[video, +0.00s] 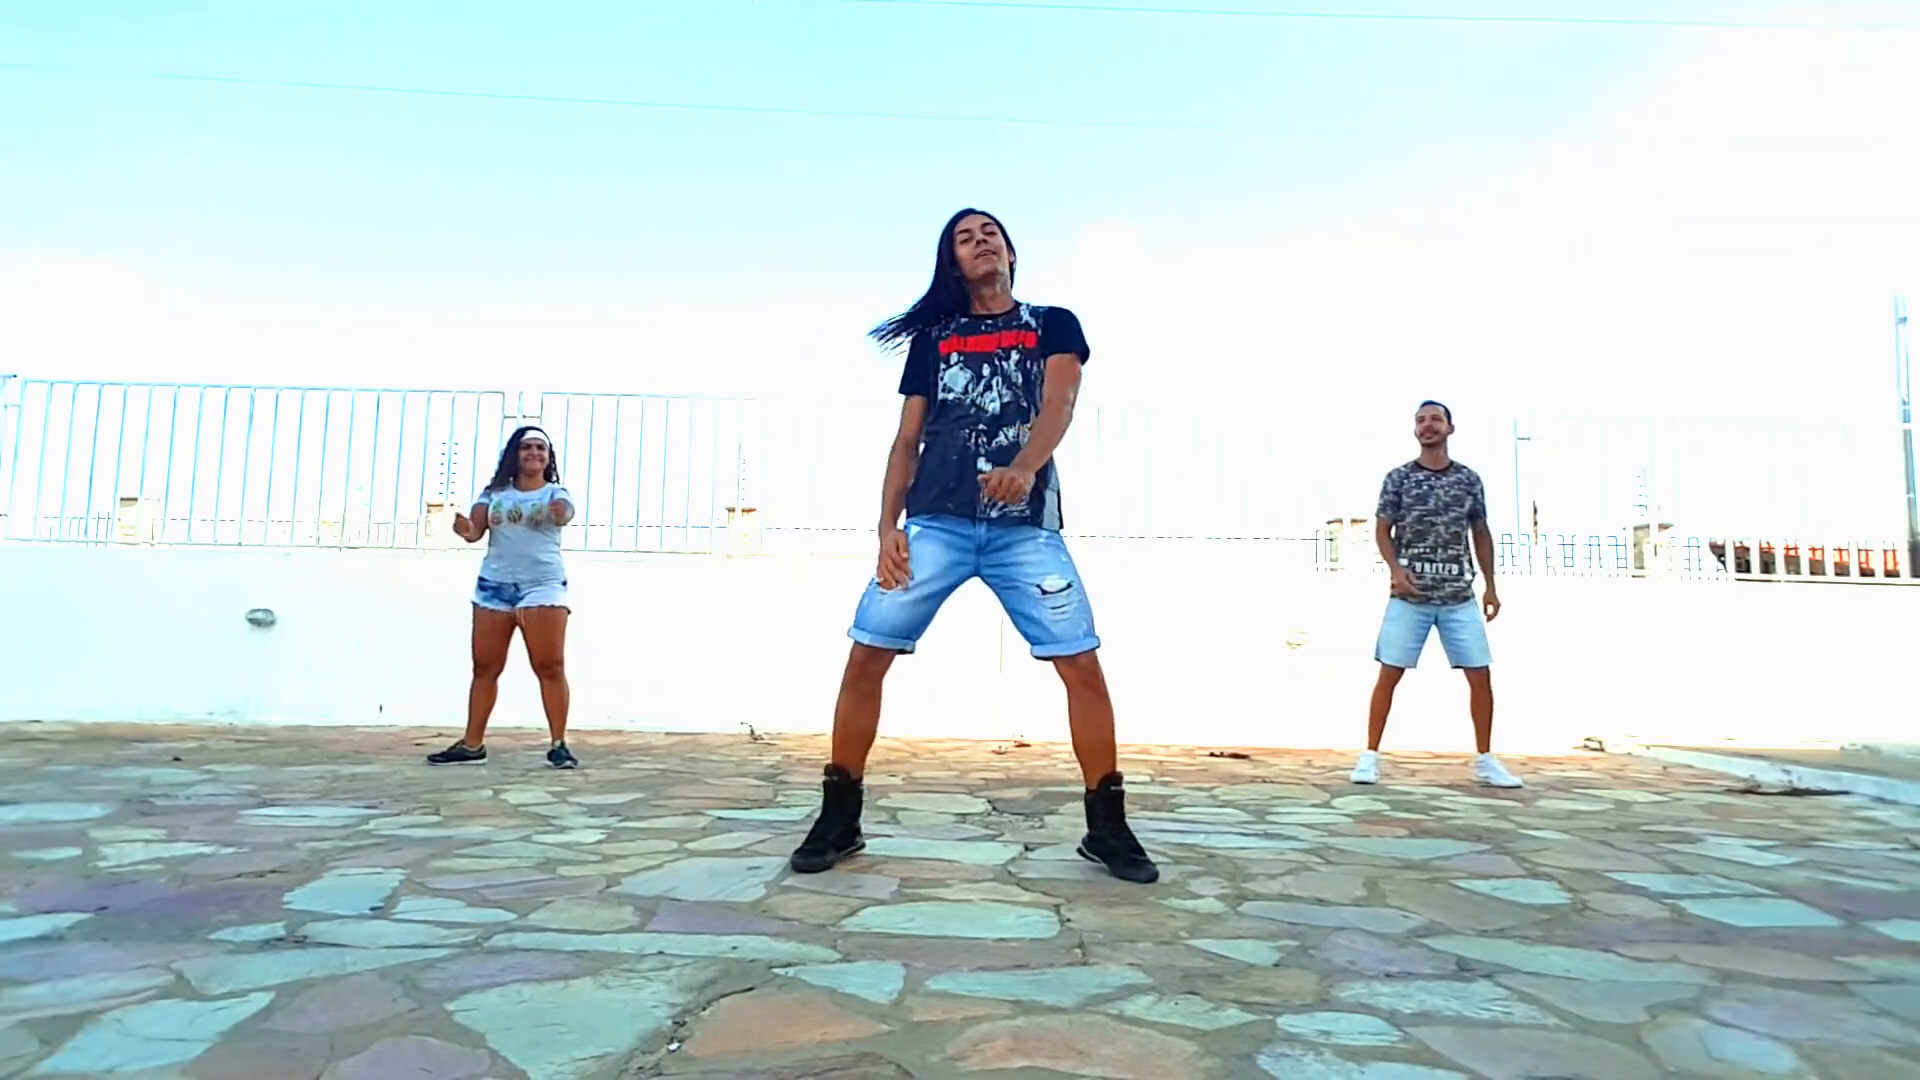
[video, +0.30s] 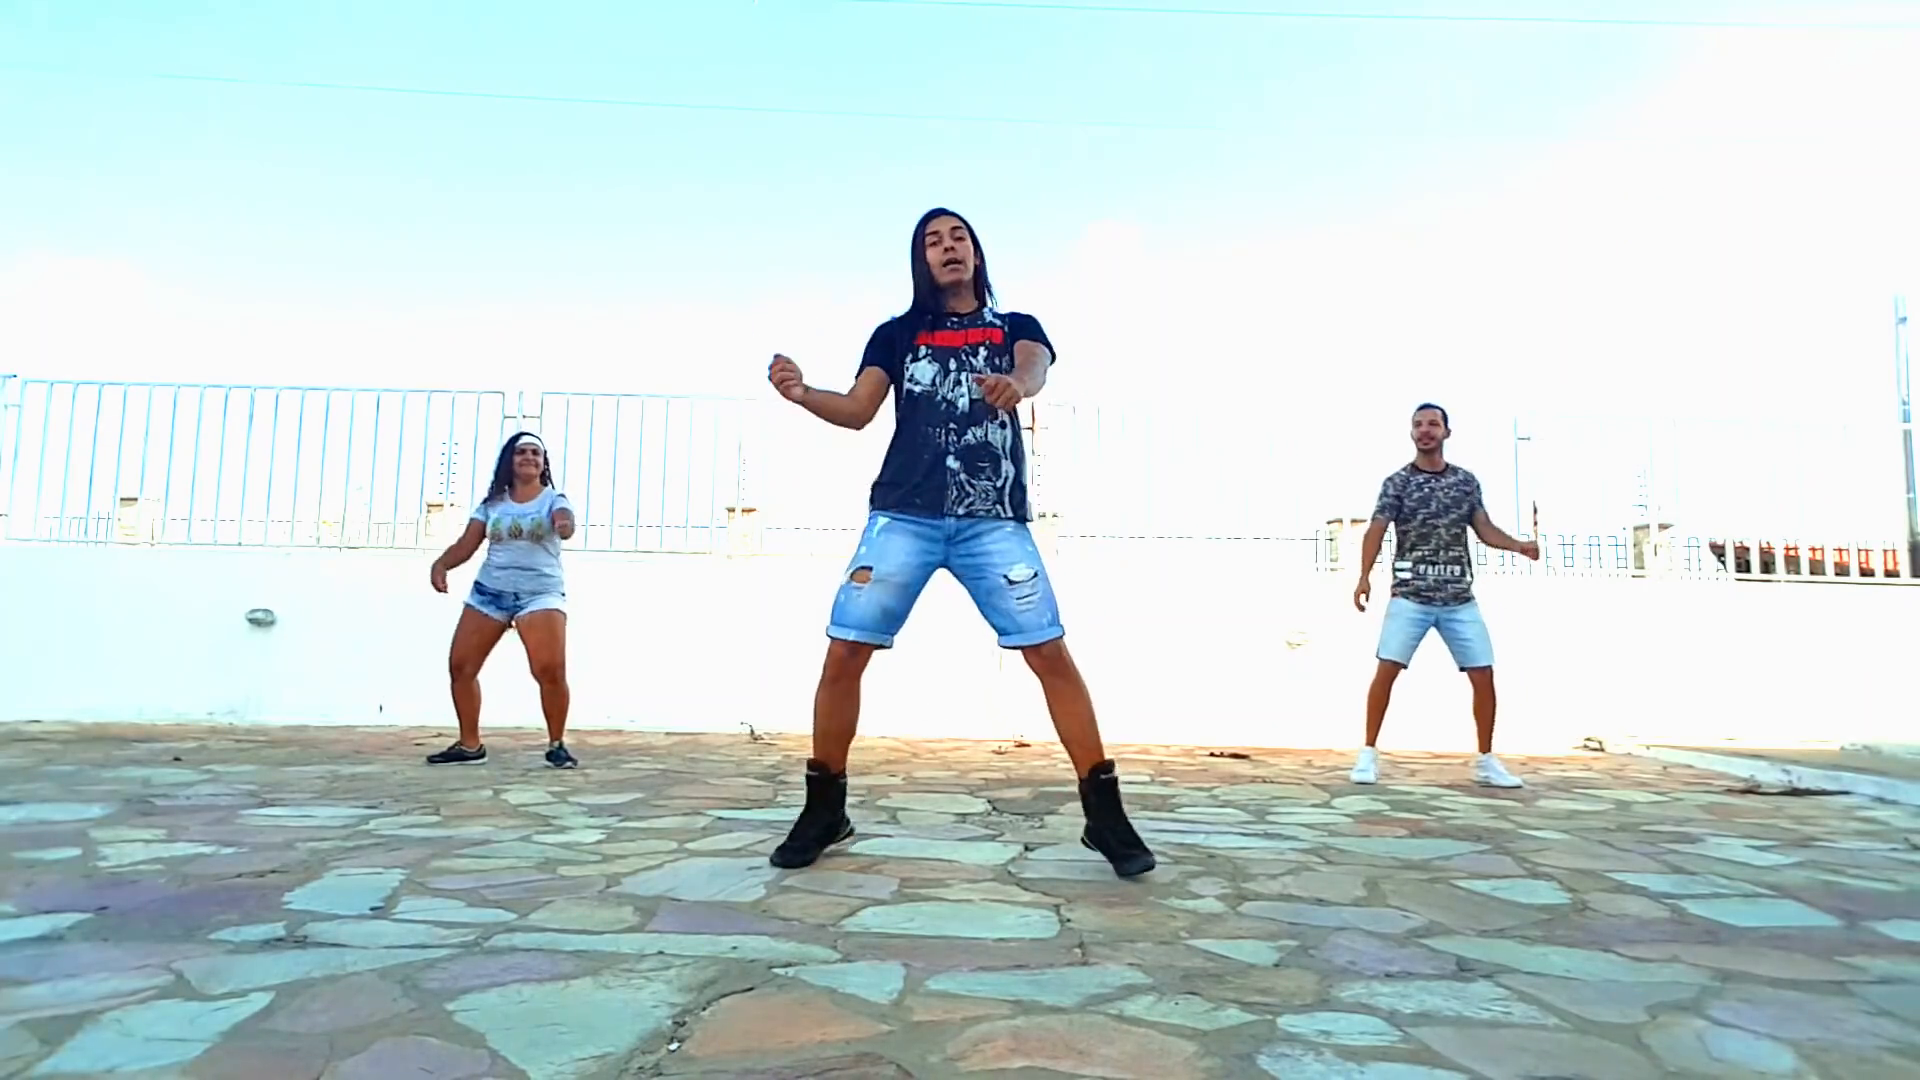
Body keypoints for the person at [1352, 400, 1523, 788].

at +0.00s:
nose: (1429, 424)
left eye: (1436, 419)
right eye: (1422, 419)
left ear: (1450, 428)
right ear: (1414, 430)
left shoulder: (1468, 480)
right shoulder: (1398, 479)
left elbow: (1481, 534)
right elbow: (1382, 532)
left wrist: (1490, 585)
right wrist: (1396, 571)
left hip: (1459, 598)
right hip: (1410, 596)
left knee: (1480, 674)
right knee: (1389, 673)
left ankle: (1485, 758)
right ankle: (1370, 755)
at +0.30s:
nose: (1425, 430)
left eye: (1433, 424)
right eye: (1419, 424)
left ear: (1446, 432)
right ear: (1411, 432)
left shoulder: (1465, 481)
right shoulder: (1397, 483)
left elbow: (1485, 529)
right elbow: (1376, 530)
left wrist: (1519, 545)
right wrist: (1364, 575)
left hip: (1458, 599)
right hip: (1410, 597)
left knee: (1483, 672)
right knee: (1387, 669)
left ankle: (1486, 758)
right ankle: (1368, 752)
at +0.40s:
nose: (1412, 417)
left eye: (1420, 411)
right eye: (1407, 409)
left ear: (1431, 417)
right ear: (1395, 413)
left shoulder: (1444, 456)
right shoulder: (1380, 464)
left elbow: (1476, 491)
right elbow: (1371, 510)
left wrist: (1507, 497)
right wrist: (1363, 547)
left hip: (1442, 575)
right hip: (1395, 574)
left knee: (1468, 655)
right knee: (1374, 650)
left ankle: (1482, 745)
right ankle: (1350, 735)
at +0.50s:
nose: (1411, 432)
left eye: (1419, 428)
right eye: (1406, 424)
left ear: (1427, 434)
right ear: (1392, 425)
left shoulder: (1435, 466)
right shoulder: (1375, 479)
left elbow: (1461, 484)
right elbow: (1384, 516)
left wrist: (1483, 483)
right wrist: (1393, 543)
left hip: (1444, 588)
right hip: (1397, 589)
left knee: (1474, 663)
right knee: (1370, 662)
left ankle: (1487, 752)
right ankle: (1340, 742)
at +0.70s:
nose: (1395, 455)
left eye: (1400, 448)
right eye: (1388, 447)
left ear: (1404, 451)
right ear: (1372, 448)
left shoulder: (1404, 490)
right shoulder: (1354, 494)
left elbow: (1434, 495)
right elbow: (1366, 528)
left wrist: (1444, 472)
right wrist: (1417, 534)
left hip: (1422, 605)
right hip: (1378, 608)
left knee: (1462, 682)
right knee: (1364, 682)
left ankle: (1493, 766)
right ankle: (1341, 763)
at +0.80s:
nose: (1371, 416)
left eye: (1378, 411)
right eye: (1365, 409)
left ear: (1384, 417)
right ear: (1353, 412)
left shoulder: (1391, 451)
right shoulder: (1337, 459)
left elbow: (1410, 454)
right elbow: (1353, 484)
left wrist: (1424, 438)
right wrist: (1377, 497)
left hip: (1401, 569)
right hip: (1357, 573)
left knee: (1435, 646)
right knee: (1344, 649)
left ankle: (1455, 732)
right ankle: (1324, 733)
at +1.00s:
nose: (1337, 436)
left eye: (1344, 431)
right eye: (1331, 429)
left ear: (1352, 438)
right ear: (1319, 433)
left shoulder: (1359, 472)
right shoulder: (1304, 480)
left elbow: (1378, 474)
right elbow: (1325, 504)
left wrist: (1385, 451)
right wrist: (1376, 508)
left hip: (1367, 593)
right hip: (1320, 593)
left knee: (1395, 671)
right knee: (1295, 664)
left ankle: (1398, 756)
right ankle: (1262, 749)